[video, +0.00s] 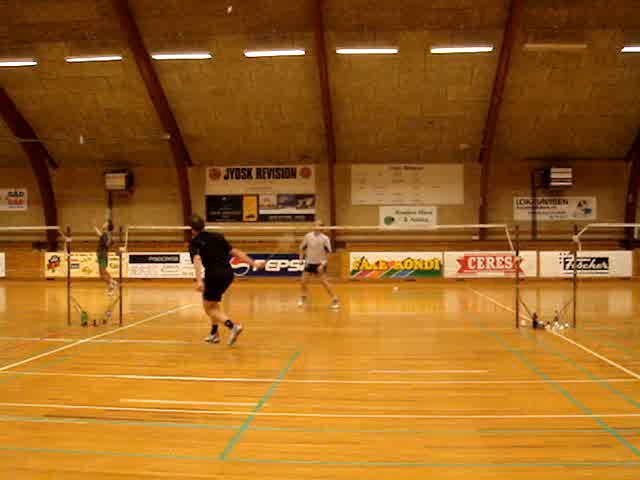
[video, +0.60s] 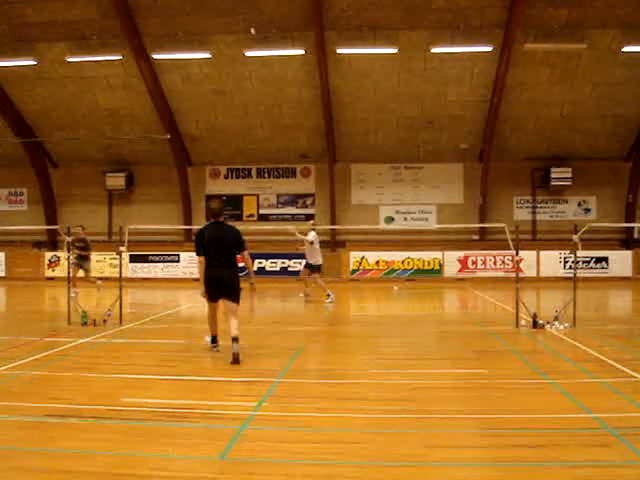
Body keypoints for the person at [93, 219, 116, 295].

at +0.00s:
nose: (103, 225)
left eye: (105, 224)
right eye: (104, 223)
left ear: (108, 227)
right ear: (106, 226)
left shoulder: (107, 235)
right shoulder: (104, 234)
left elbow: (99, 233)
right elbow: (98, 232)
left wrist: (94, 227)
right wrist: (94, 226)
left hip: (103, 255)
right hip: (100, 254)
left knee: (103, 273)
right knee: (103, 272)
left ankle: (112, 284)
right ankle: (111, 283)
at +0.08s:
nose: (103, 225)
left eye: (106, 225)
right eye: (104, 224)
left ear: (108, 227)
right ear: (105, 225)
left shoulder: (106, 234)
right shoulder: (103, 232)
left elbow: (101, 242)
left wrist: (97, 236)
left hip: (101, 254)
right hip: (97, 253)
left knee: (103, 270)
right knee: (101, 270)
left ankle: (110, 281)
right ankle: (108, 281)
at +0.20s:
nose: (103, 228)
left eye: (105, 228)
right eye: (103, 227)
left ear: (107, 231)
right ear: (102, 228)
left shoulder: (105, 239)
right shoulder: (98, 236)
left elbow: (99, 248)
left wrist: (96, 240)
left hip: (100, 255)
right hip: (94, 254)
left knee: (100, 272)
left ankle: (107, 286)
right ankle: (104, 282)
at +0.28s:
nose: (99, 233)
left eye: (102, 232)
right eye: (99, 231)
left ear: (104, 234)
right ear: (98, 233)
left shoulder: (103, 242)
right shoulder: (95, 239)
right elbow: (87, 247)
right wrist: (86, 240)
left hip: (100, 258)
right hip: (93, 256)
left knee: (99, 277)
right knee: (84, 270)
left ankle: (107, 287)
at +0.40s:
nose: (92, 234)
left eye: (94, 232)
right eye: (91, 232)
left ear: (97, 234)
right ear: (90, 233)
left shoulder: (98, 243)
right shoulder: (88, 242)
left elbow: (100, 254)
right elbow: (86, 253)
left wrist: (89, 252)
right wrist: (89, 262)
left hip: (96, 261)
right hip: (88, 259)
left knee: (99, 277)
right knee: (78, 272)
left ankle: (106, 288)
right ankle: (76, 288)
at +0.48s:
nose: (89, 234)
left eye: (91, 232)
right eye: (88, 232)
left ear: (94, 233)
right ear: (87, 233)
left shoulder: (96, 243)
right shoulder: (85, 241)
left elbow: (97, 255)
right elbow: (83, 252)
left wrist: (87, 252)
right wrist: (87, 262)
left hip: (94, 260)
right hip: (86, 259)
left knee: (98, 277)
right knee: (77, 273)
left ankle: (106, 288)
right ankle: (76, 289)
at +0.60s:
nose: (78, 232)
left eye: (80, 230)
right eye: (77, 230)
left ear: (83, 231)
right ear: (75, 231)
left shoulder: (85, 240)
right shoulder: (74, 240)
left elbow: (88, 252)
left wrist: (78, 252)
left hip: (85, 259)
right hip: (78, 258)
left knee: (86, 277)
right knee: (73, 275)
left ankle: (97, 282)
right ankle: (74, 291)